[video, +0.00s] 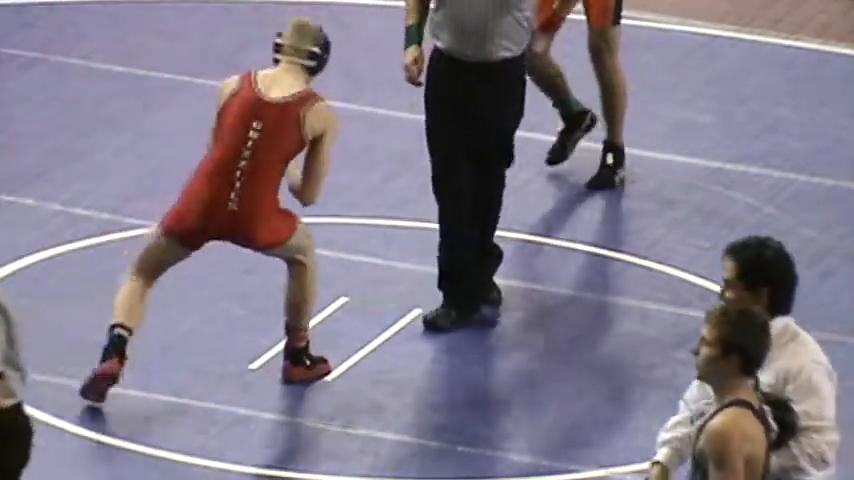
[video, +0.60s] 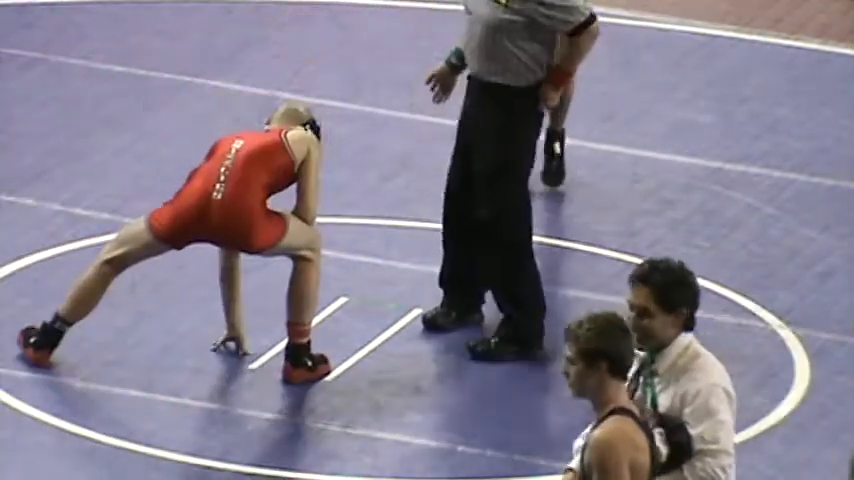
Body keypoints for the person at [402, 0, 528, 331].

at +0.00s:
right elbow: (417, 2)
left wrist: (546, 30)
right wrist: (413, 40)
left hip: (502, 68)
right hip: (448, 62)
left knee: (488, 177)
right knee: (451, 182)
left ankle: (480, 276)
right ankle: (458, 296)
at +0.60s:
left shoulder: (545, 5)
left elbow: (587, 27)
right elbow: (485, 21)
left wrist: (557, 80)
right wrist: (454, 65)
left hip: (517, 97)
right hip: (481, 90)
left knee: (503, 212)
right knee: (462, 198)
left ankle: (523, 331)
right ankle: (461, 301)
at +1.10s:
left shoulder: (551, 6)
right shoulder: (536, 5)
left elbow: (582, 57)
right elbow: (523, 29)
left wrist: (575, 126)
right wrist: (475, 59)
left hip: (552, 107)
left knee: (530, 217)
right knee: (562, 216)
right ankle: (584, 320)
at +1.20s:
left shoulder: (555, 5)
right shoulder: (539, 5)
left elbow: (592, 56)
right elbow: (530, 29)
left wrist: (586, 124)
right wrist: (479, 63)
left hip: (568, 106)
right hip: (552, 101)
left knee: (559, 218)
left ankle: (575, 327)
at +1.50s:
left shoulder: (567, 4)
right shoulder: (548, 6)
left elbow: (611, 54)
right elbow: (527, 39)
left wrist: (612, 119)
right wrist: (472, 73)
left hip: (592, 111)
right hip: (594, 107)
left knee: (536, 214)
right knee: (577, 218)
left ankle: (537, 333)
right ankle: (579, 336)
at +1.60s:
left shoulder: (570, 5)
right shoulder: (549, 6)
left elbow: (612, 54)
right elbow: (527, 42)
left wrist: (613, 122)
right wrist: (470, 78)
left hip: (598, 112)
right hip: (588, 108)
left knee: (562, 224)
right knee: (558, 222)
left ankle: (573, 342)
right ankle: (556, 335)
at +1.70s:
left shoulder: (570, 6)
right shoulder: (550, 6)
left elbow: (614, 59)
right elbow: (528, 43)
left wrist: (615, 127)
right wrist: (471, 82)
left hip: (601, 116)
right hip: (586, 113)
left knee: (578, 230)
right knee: (568, 226)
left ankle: (576, 348)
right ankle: (565, 332)